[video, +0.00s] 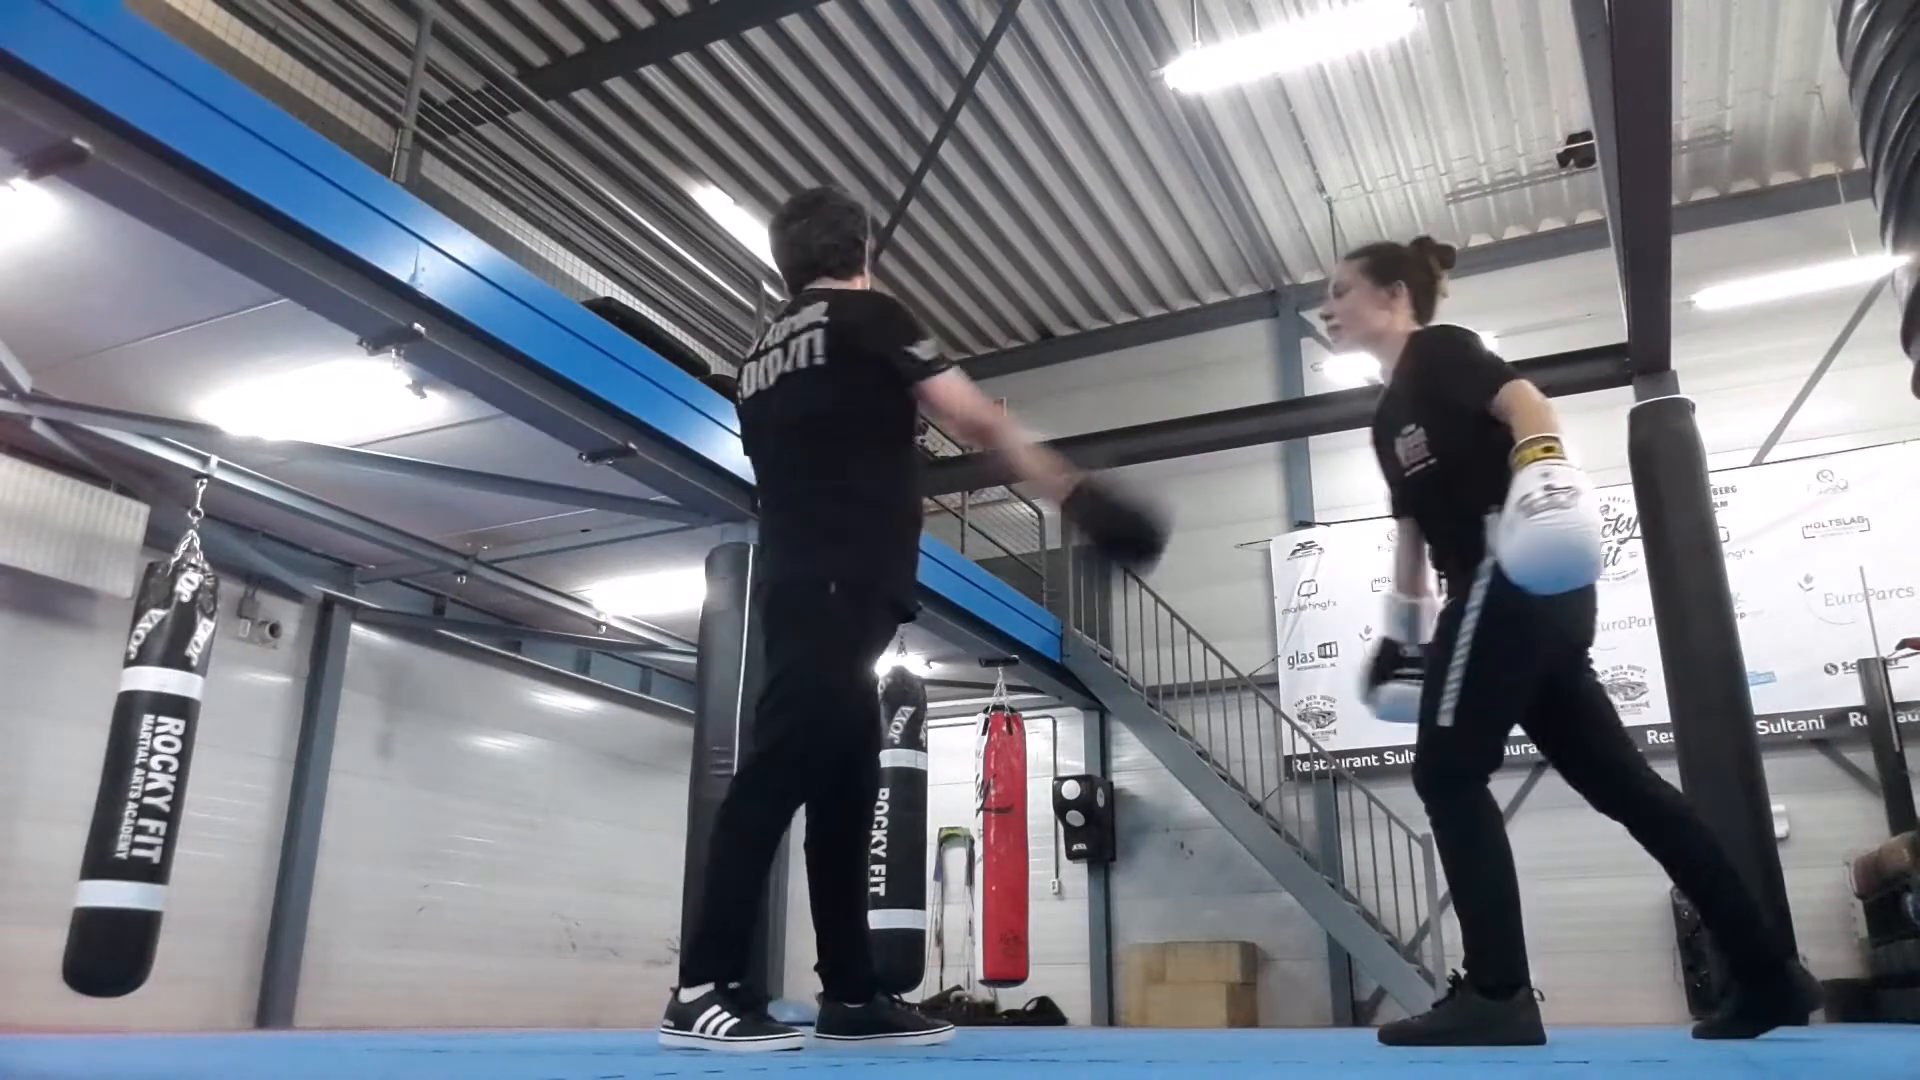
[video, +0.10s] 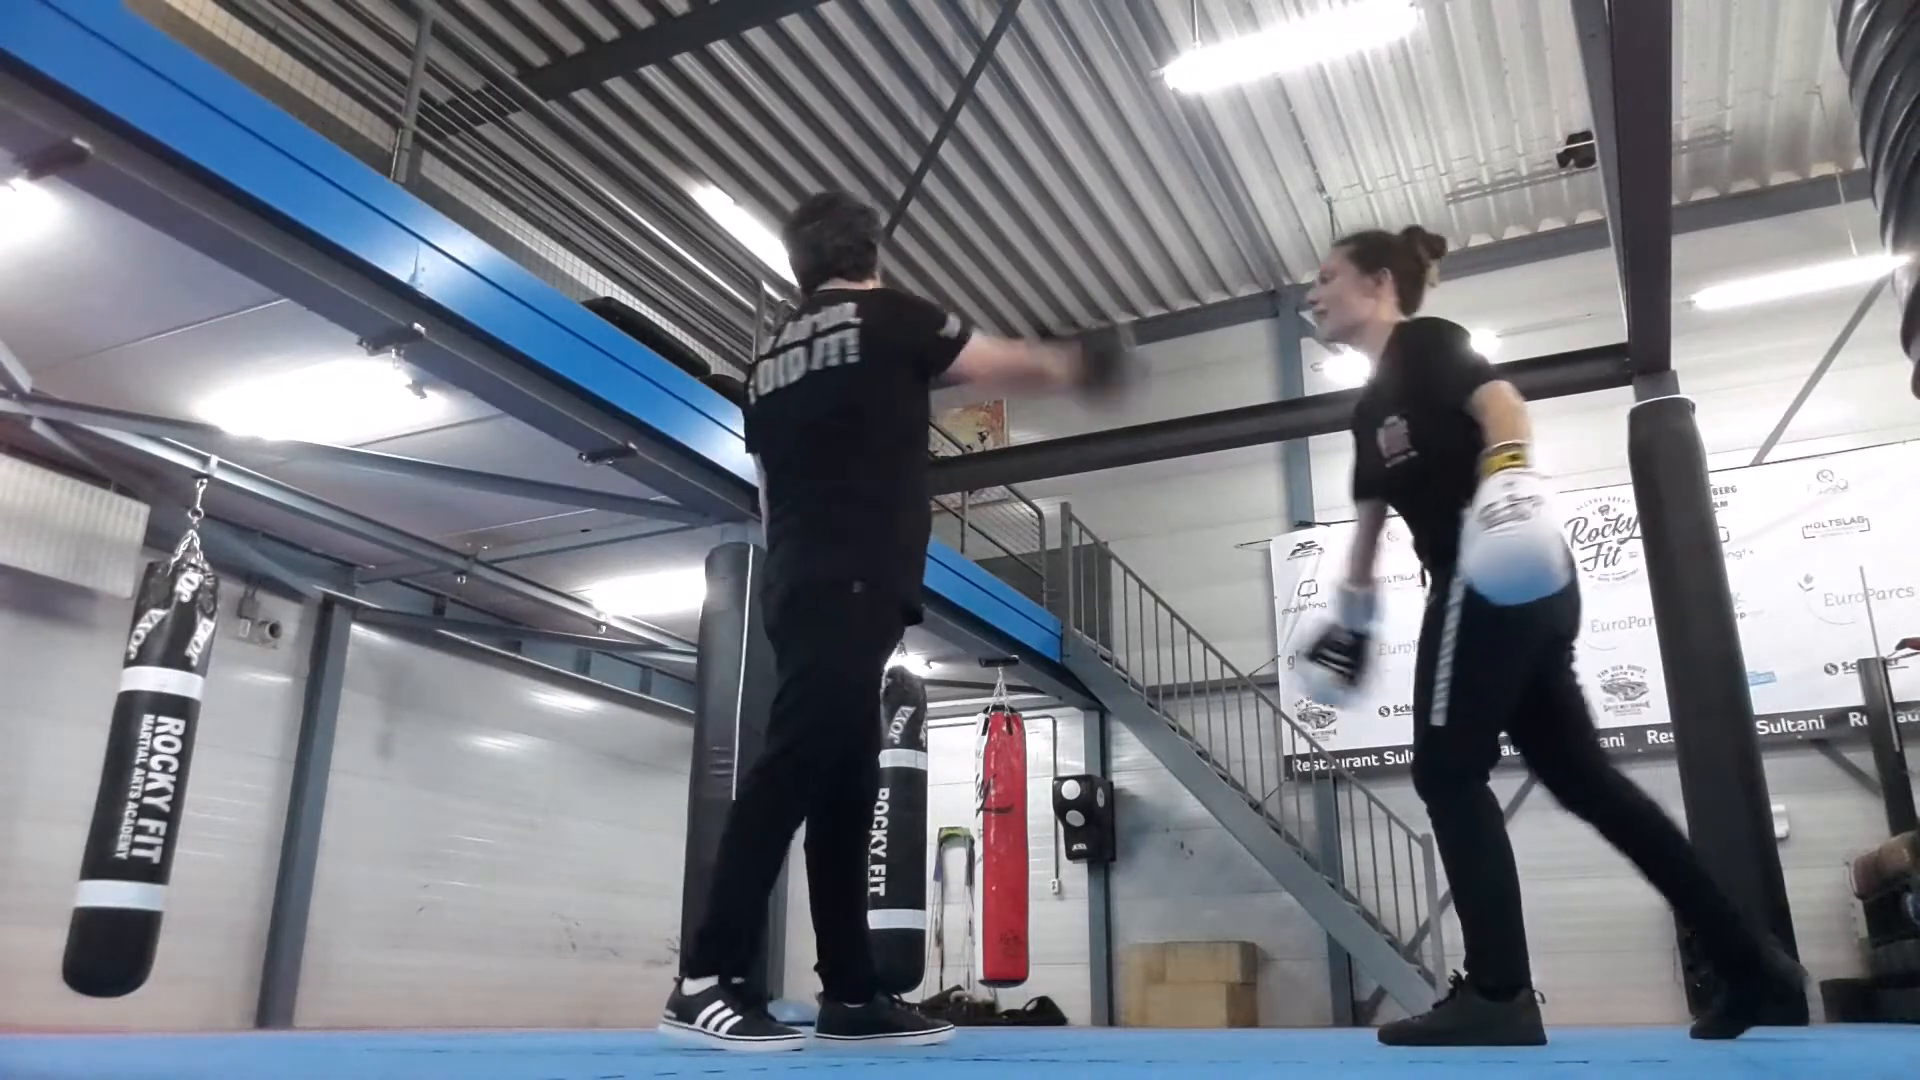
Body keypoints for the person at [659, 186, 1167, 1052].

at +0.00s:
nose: (877, 268)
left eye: (868, 257)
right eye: (875, 254)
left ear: (786, 268)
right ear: (864, 255)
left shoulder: (761, 354)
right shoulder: (863, 315)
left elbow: (806, 458)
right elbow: (977, 421)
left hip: (801, 587)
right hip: (836, 585)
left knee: (847, 787)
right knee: (774, 775)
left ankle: (853, 998)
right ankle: (705, 996)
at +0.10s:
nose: (880, 266)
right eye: (876, 251)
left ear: (797, 269)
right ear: (874, 255)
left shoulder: (768, 361)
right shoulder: (886, 316)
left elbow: (774, 492)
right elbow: (1003, 364)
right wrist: (1075, 365)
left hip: (800, 588)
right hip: (853, 584)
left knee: (844, 789)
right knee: (787, 774)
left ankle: (854, 996)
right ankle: (708, 987)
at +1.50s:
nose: (1043, 322)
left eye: (1047, 309)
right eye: (1044, 304)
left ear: (1001, 285)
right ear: (1013, 284)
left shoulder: (975, 351)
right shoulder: (948, 319)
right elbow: (908, 400)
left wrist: (992, 583)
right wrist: (881, 481)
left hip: (942, 597)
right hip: (952, 594)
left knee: (887, 793)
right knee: (1001, 778)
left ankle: (851, 994)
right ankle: (1012, 981)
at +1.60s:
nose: (1063, 308)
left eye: (1065, 293)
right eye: (1063, 289)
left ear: (1009, 270)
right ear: (1036, 274)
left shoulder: (970, 336)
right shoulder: (980, 314)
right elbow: (949, 392)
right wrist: (938, 499)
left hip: (960, 589)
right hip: (991, 589)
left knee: (923, 783)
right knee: (1033, 773)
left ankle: (856, 992)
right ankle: (1021, 988)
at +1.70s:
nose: (1086, 294)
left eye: (1086, 279)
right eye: (1085, 277)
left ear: (1017, 264)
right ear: (1061, 268)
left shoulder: (983, 330)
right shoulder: (1017, 311)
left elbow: (939, 466)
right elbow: (1006, 390)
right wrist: (1026, 501)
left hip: (979, 574)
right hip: (1022, 571)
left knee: (996, 784)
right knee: (1056, 779)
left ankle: (879, 974)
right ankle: (1026, 992)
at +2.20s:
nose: (1206, 290)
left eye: (1201, 280)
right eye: (1202, 279)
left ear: (1114, 288)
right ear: (1187, 277)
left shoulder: (1072, 372)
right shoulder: (1192, 318)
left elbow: (1068, 517)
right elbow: (1270, 434)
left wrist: (1071, 626)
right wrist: (1352, 539)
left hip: (1124, 599)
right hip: (1200, 584)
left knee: (1230, 782)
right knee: (1187, 786)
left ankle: (1277, 997)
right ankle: (1056, 957)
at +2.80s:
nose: (1205, 352)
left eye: (1204, 341)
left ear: (1215, 338)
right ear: (1286, 326)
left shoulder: (1197, 393)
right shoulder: (1356, 387)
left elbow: (1160, 514)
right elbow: (1414, 500)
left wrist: (1124, 630)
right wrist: (1428, 613)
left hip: (1232, 630)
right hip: (1348, 624)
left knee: (1215, 796)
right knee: (1391, 808)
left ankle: (1245, 958)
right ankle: (1449, 998)